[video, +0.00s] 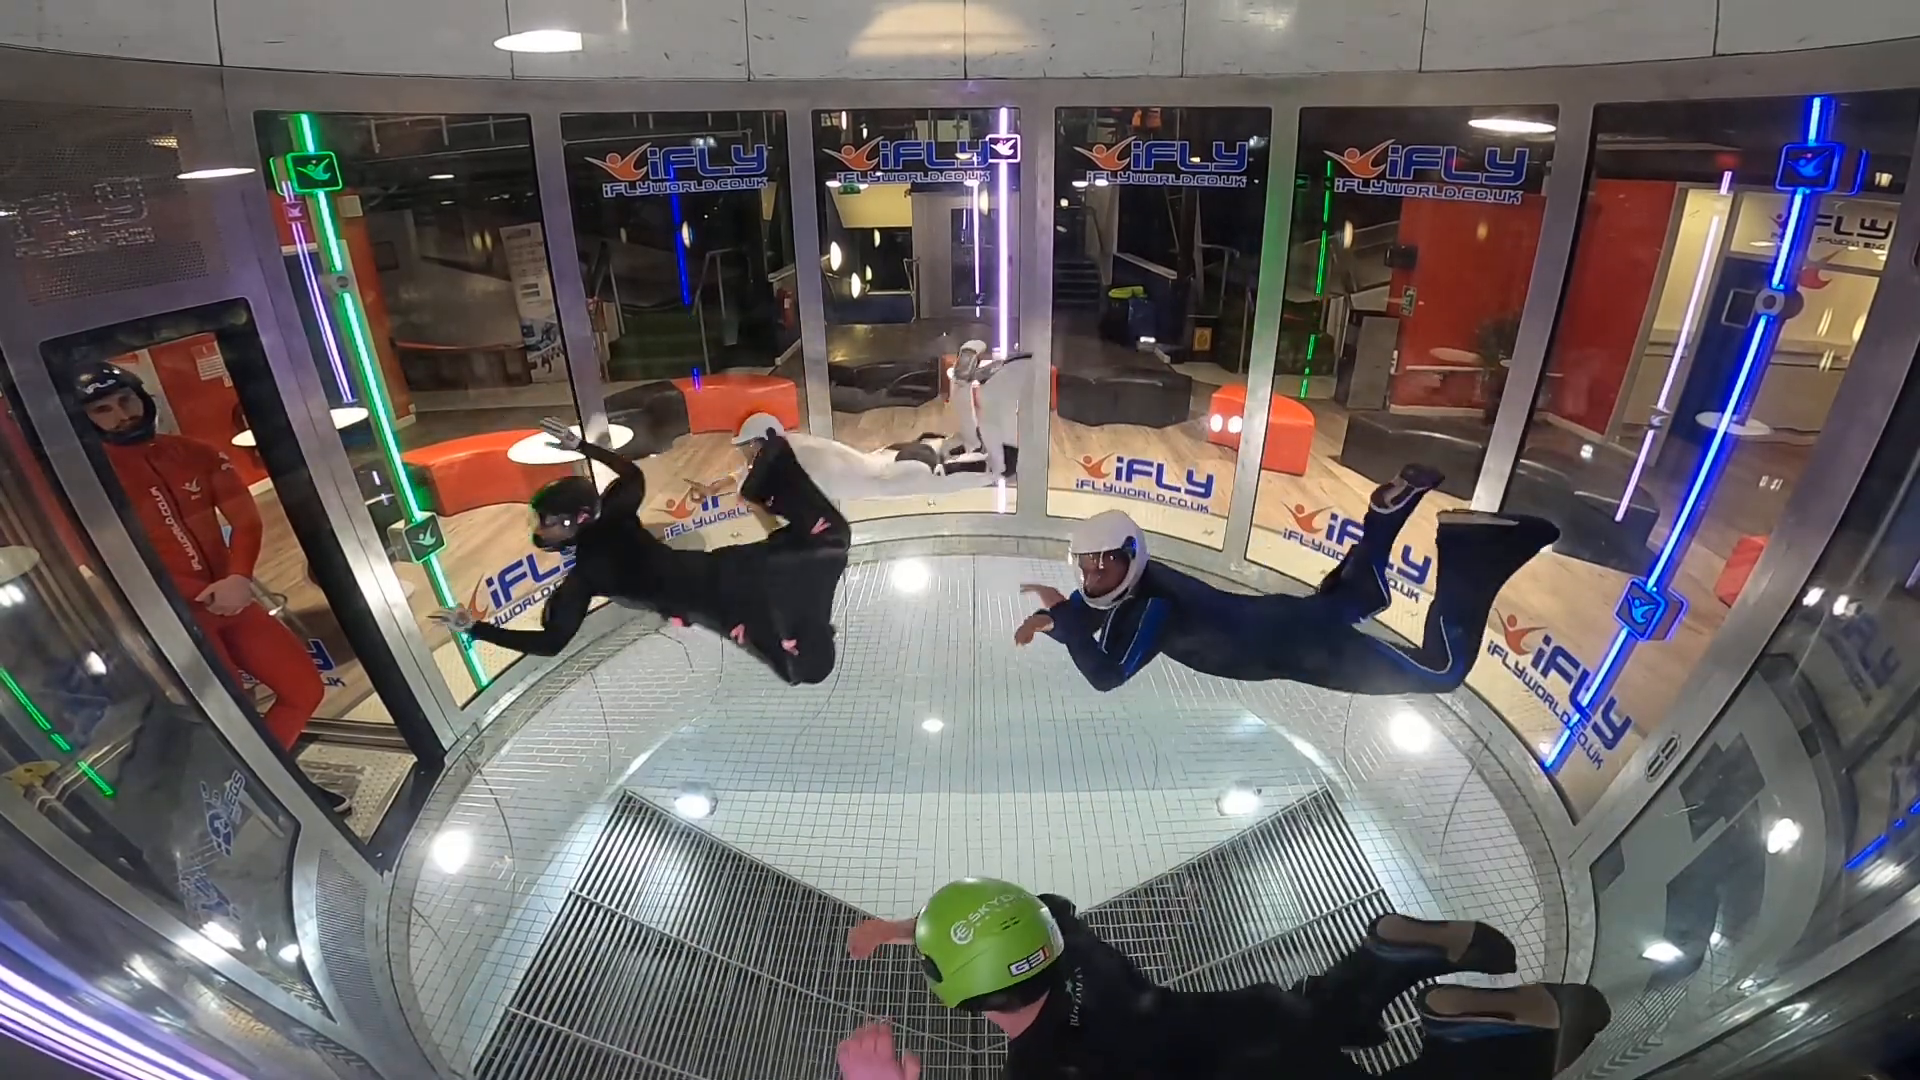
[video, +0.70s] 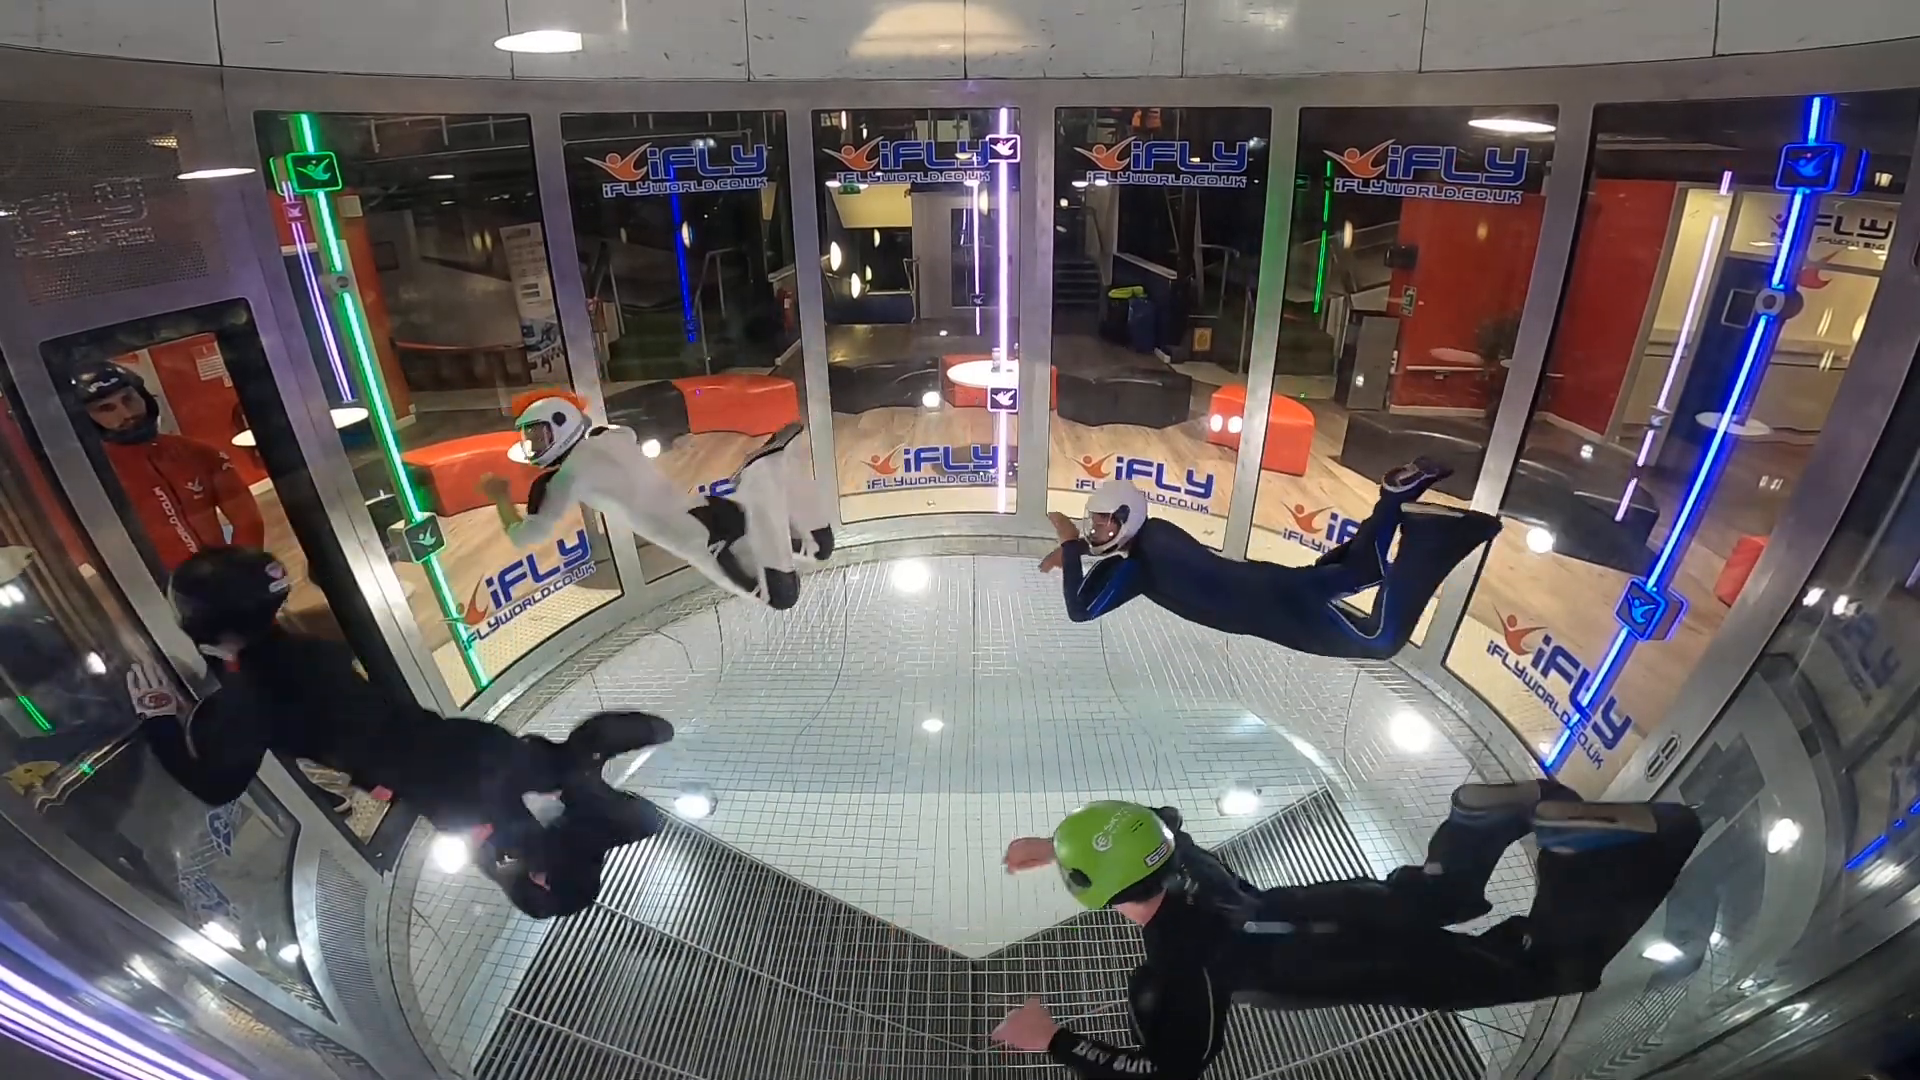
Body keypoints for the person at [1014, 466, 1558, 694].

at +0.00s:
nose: (1089, 574)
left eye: (1100, 562)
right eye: (1084, 563)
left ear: (1129, 563)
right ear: (1086, 563)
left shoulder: (1153, 603)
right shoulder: (1129, 580)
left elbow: (1107, 674)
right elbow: (1093, 602)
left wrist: (1063, 619)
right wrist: (1055, 611)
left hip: (1315, 647)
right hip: (1293, 621)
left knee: (1445, 671)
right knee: (1355, 590)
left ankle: (1471, 556)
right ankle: (1392, 512)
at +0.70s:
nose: (1097, 530)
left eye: (1104, 522)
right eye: (1094, 521)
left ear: (1127, 523)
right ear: (1116, 522)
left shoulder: (1140, 560)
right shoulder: (1147, 536)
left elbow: (1081, 608)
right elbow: (1102, 586)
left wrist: (1070, 546)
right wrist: (1073, 556)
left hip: (1282, 611)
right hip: (1278, 584)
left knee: (1382, 639)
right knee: (1355, 568)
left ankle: (1424, 551)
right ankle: (1396, 499)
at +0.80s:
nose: (1081, 528)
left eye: (1086, 520)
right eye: (1079, 519)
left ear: (1104, 522)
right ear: (1105, 519)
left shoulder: (1125, 554)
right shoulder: (1129, 536)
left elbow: (1064, 598)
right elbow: (1085, 580)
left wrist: (1054, 541)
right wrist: (1056, 552)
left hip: (1246, 594)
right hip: (1240, 576)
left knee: (1351, 619)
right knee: (1326, 570)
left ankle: (1389, 523)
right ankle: (1370, 500)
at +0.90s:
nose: (1060, 525)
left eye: (1065, 516)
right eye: (1060, 517)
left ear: (1084, 517)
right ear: (1089, 513)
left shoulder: (1104, 548)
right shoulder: (1111, 529)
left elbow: (1045, 592)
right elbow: (1056, 584)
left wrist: (1027, 545)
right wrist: (1036, 546)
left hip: (1228, 582)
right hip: (1225, 567)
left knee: (1321, 605)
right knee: (1304, 565)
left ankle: (1350, 502)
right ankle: (1345, 489)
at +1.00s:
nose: (1036, 518)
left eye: (1039, 510)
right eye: (1034, 511)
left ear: (1057, 511)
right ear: (1066, 502)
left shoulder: (1075, 542)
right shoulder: (1089, 516)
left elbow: (1022, 588)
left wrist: (996, 542)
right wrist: (1029, 540)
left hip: (1191, 577)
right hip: (1193, 554)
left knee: (1292, 600)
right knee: (1274, 541)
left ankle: (1312, 498)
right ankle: (1310, 471)